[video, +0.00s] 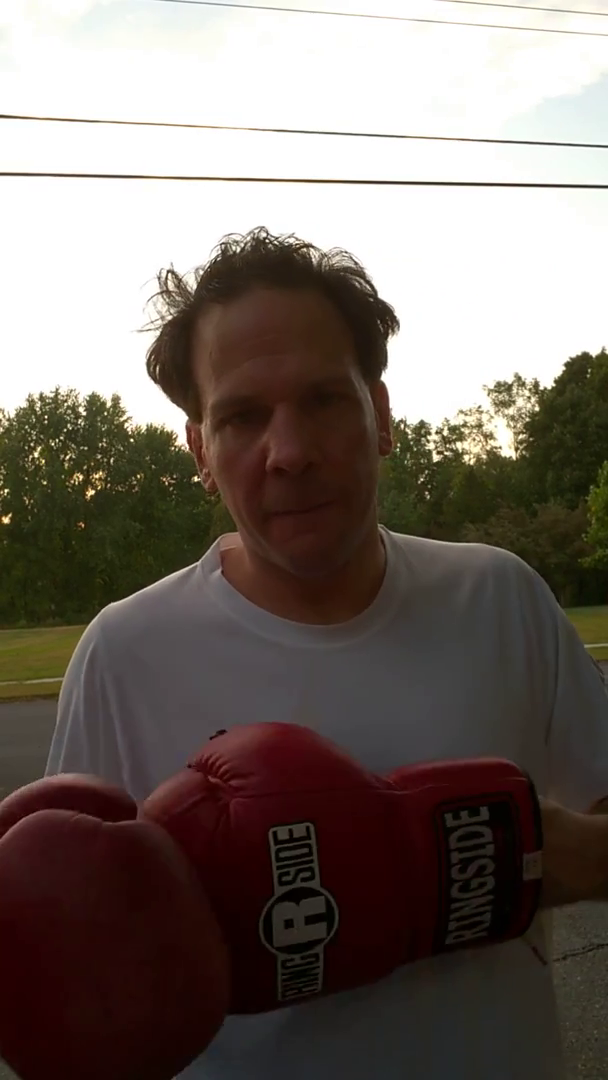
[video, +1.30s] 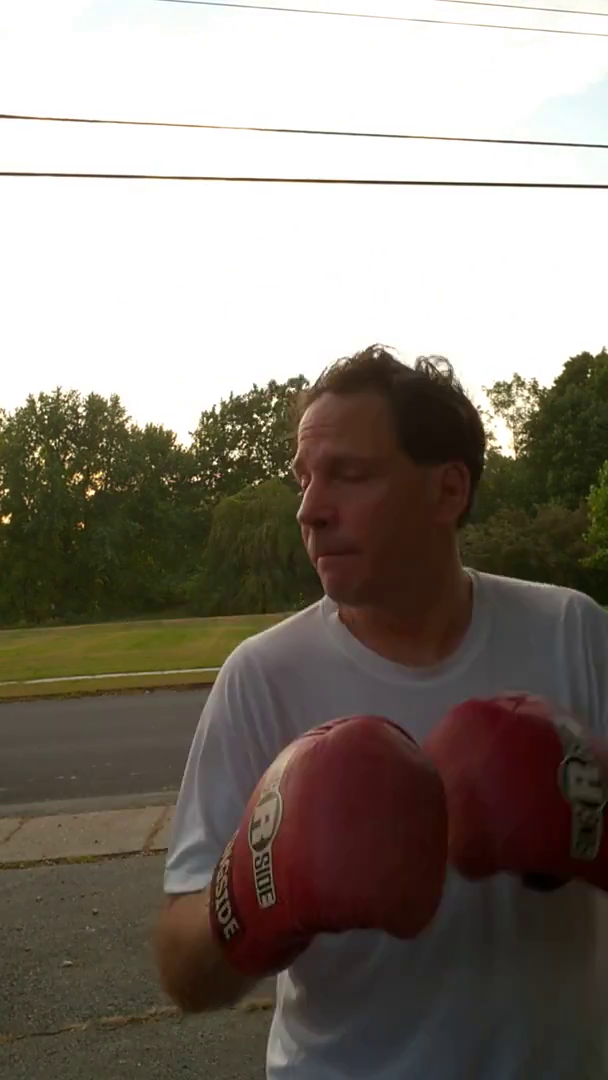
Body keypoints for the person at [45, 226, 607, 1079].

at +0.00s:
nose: (288, 452)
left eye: (323, 401)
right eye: (243, 416)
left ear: (382, 420)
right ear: (202, 454)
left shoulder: (503, 603)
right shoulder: (124, 655)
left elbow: (603, 829)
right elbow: (67, 925)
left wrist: (550, 846)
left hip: (503, 1065)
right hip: (225, 1068)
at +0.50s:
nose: (178, 453)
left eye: (221, 400)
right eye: (163, 417)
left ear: (339, 419)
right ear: (157, 439)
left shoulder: (492, 602)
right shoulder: (112, 642)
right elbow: (88, 1038)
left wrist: (520, 819)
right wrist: (164, 882)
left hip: (480, 1061)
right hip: (223, 1070)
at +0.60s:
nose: (144, 451)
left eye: (186, 403)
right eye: (140, 416)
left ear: (314, 419)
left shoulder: (484, 597)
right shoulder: (104, 641)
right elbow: (91, 1038)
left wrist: (503, 813)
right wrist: (163, 868)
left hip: (469, 1060)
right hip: (215, 1068)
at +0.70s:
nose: (111, 456)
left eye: (154, 404)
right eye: (117, 415)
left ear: (283, 426)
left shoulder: (477, 599)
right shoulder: (94, 645)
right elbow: (78, 1043)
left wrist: (477, 816)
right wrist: (159, 834)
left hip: (460, 1062)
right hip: (210, 1068)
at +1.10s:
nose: (190, 470)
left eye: (229, 431)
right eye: (198, 435)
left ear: (346, 451)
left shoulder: (525, 610)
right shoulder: (166, 643)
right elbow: (129, 989)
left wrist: (487, 805)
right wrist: (247, 813)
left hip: (498, 1059)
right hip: (251, 1066)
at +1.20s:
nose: (258, 500)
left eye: (300, 466)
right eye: (262, 470)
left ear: (411, 488)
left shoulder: (574, 649)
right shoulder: (232, 666)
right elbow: (155, 977)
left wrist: (571, 848)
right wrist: (287, 847)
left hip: (534, 1061)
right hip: (302, 1065)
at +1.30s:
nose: (308, 510)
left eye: (349, 476)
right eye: (304, 480)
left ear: (448, 491)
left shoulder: (576, 636)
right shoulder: (260, 680)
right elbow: (186, 978)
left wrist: (585, 825)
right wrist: (278, 883)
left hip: (558, 1057)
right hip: (336, 1062)